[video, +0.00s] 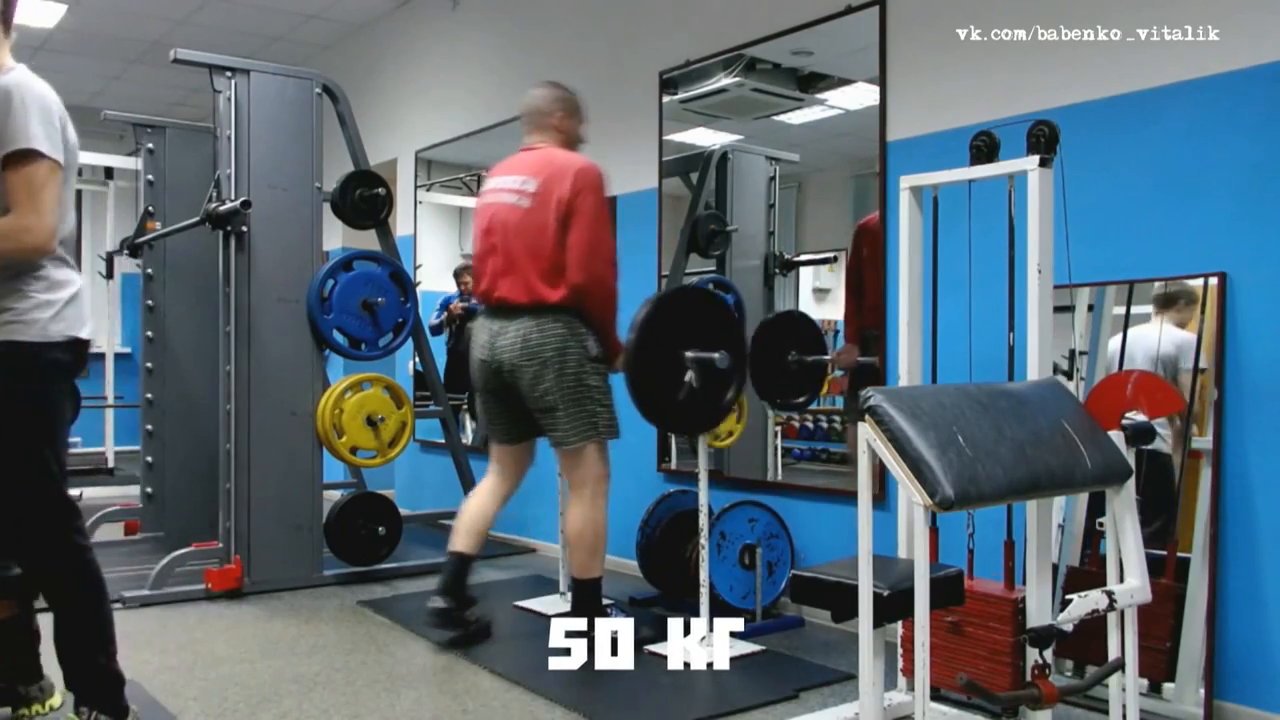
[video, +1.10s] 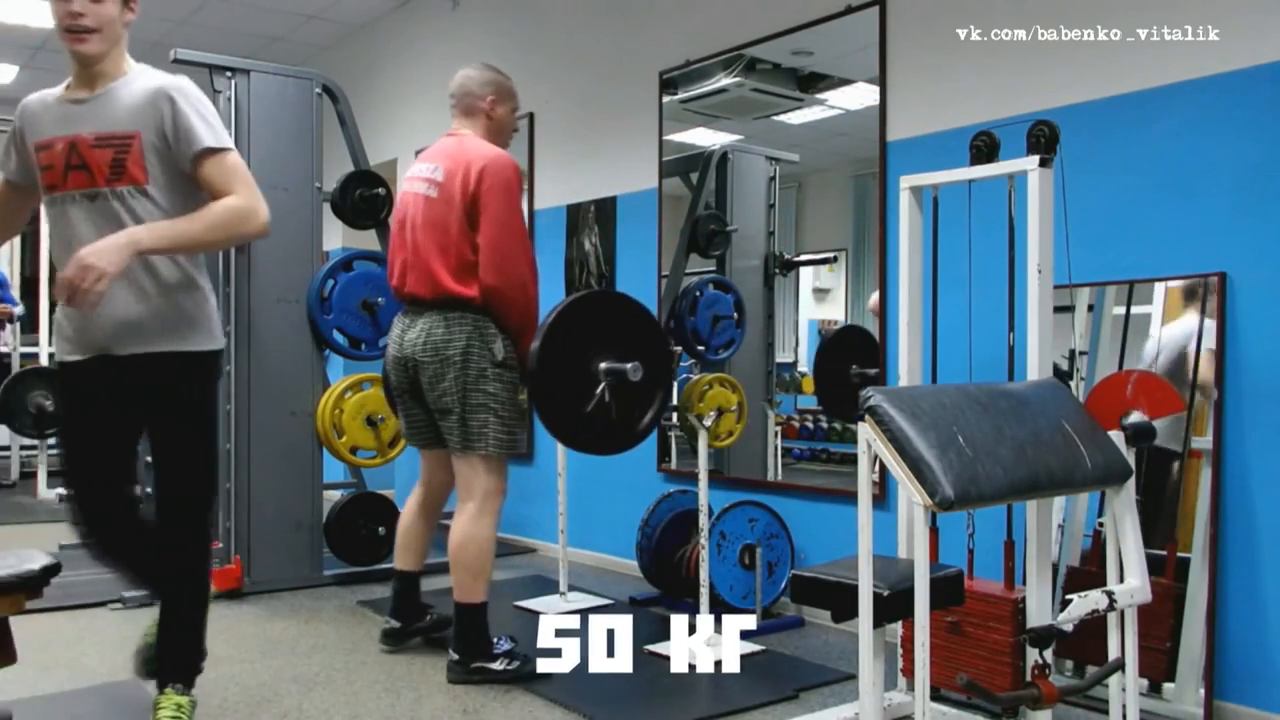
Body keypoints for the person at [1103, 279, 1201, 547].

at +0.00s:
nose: (1193, 316)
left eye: (1194, 310)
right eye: (1192, 309)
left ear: (1158, 306)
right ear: (1181, 306)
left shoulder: (1117, 341)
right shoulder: (1185, 341)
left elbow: (1108, 392)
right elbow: (1187, 403)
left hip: (1116, 444)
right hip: (1156, 447)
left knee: (1118, 518)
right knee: (1157, 523)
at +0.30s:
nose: (1180, 313)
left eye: (1180, 307)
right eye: (1175, 306)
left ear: (1149, 309)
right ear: (1155, 307)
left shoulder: (1115, 340)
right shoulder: (1161, 337)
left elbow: (1110, 385)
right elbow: (1165, 387)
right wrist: (1183, 423)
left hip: (1110, 427)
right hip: (1140, 429)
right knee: (1144, 498)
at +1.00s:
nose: (1215, 301)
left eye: (1215, 293)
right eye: (1210, 293)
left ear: (1184, 295)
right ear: (1192, 294)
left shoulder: (1158, 328)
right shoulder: (1191, 325)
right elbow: (1188, 374)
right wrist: (1217, 397)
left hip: (1138, 437)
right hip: (1161, 439)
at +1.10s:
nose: (1219, 303)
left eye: (1218, 296)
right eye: (1217, 296)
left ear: (1187, 297)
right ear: (1207, 296)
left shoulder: (1162, 330)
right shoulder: (1205, 327)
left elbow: (1144, 374)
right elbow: (1202, 377)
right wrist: (1216, 400)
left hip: (1143, 428)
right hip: (1170, 433)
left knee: (1137, 506)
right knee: (1157, 510)